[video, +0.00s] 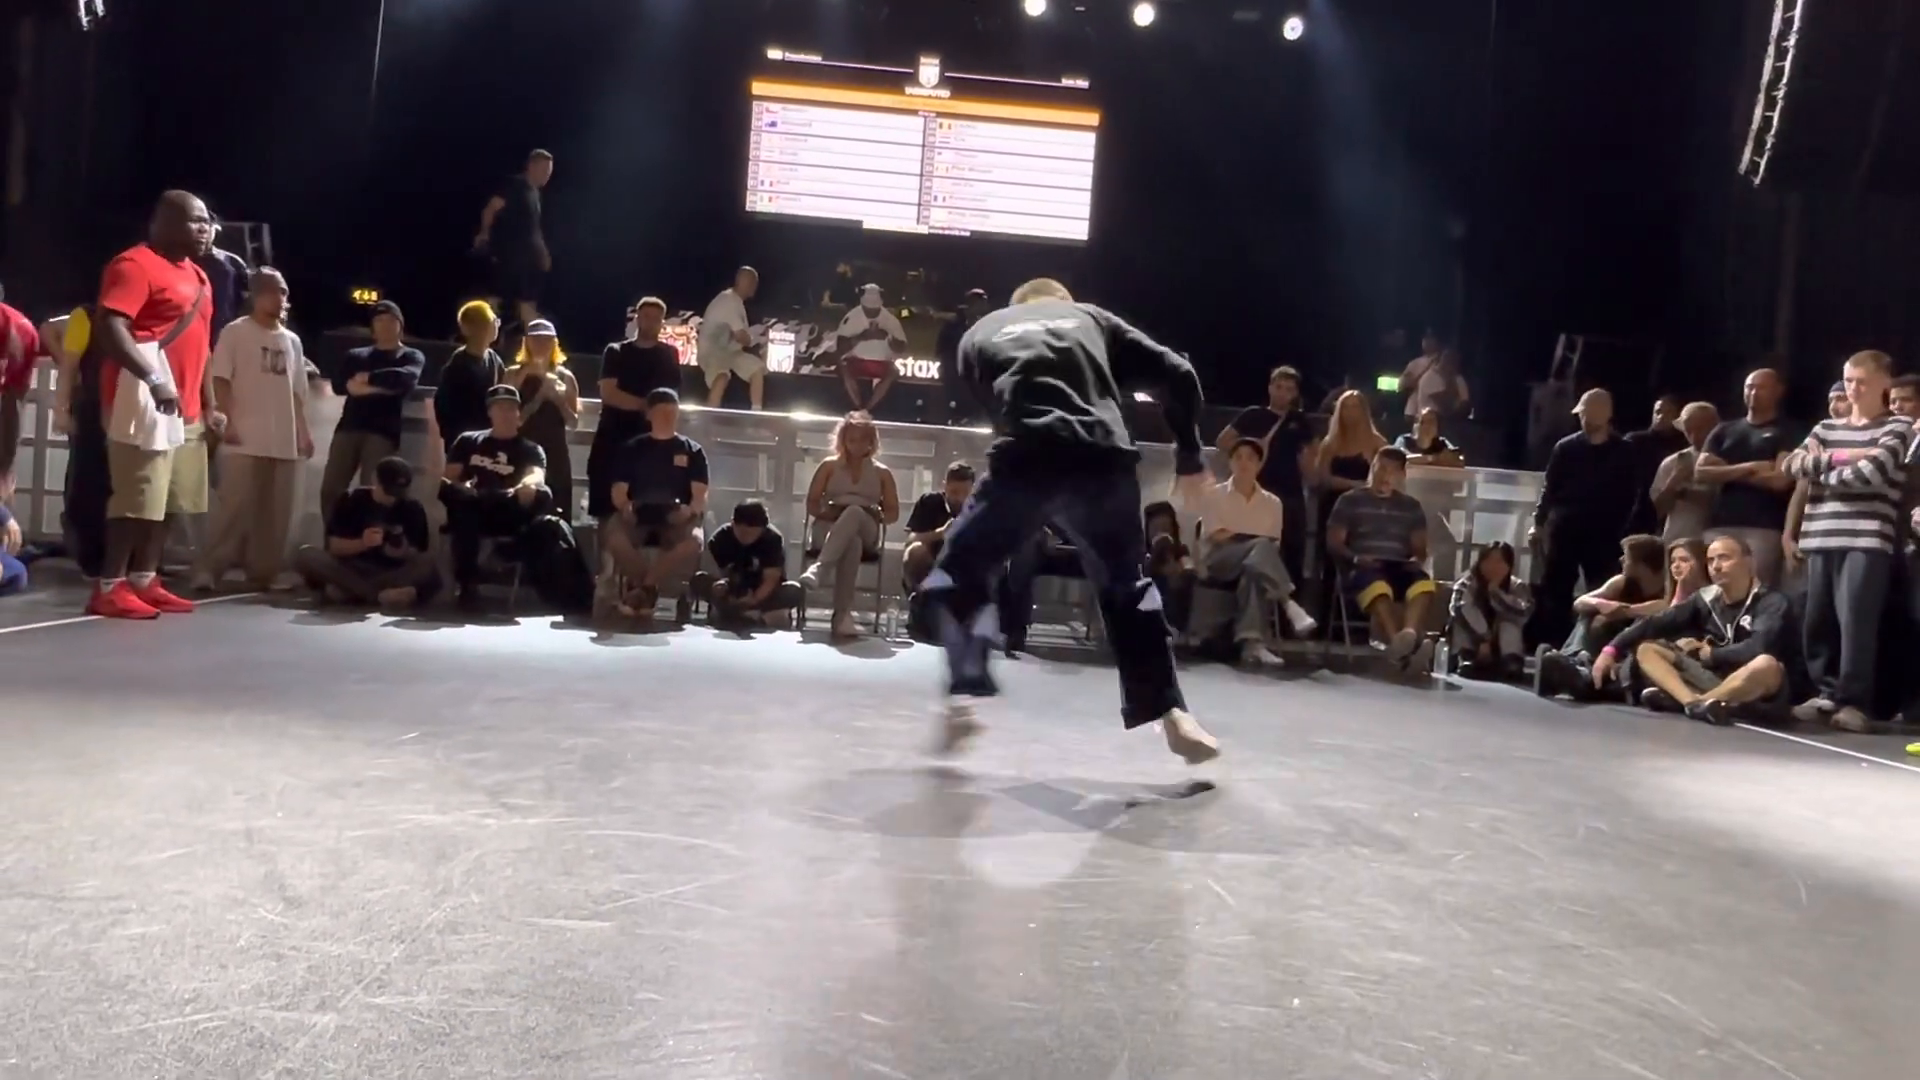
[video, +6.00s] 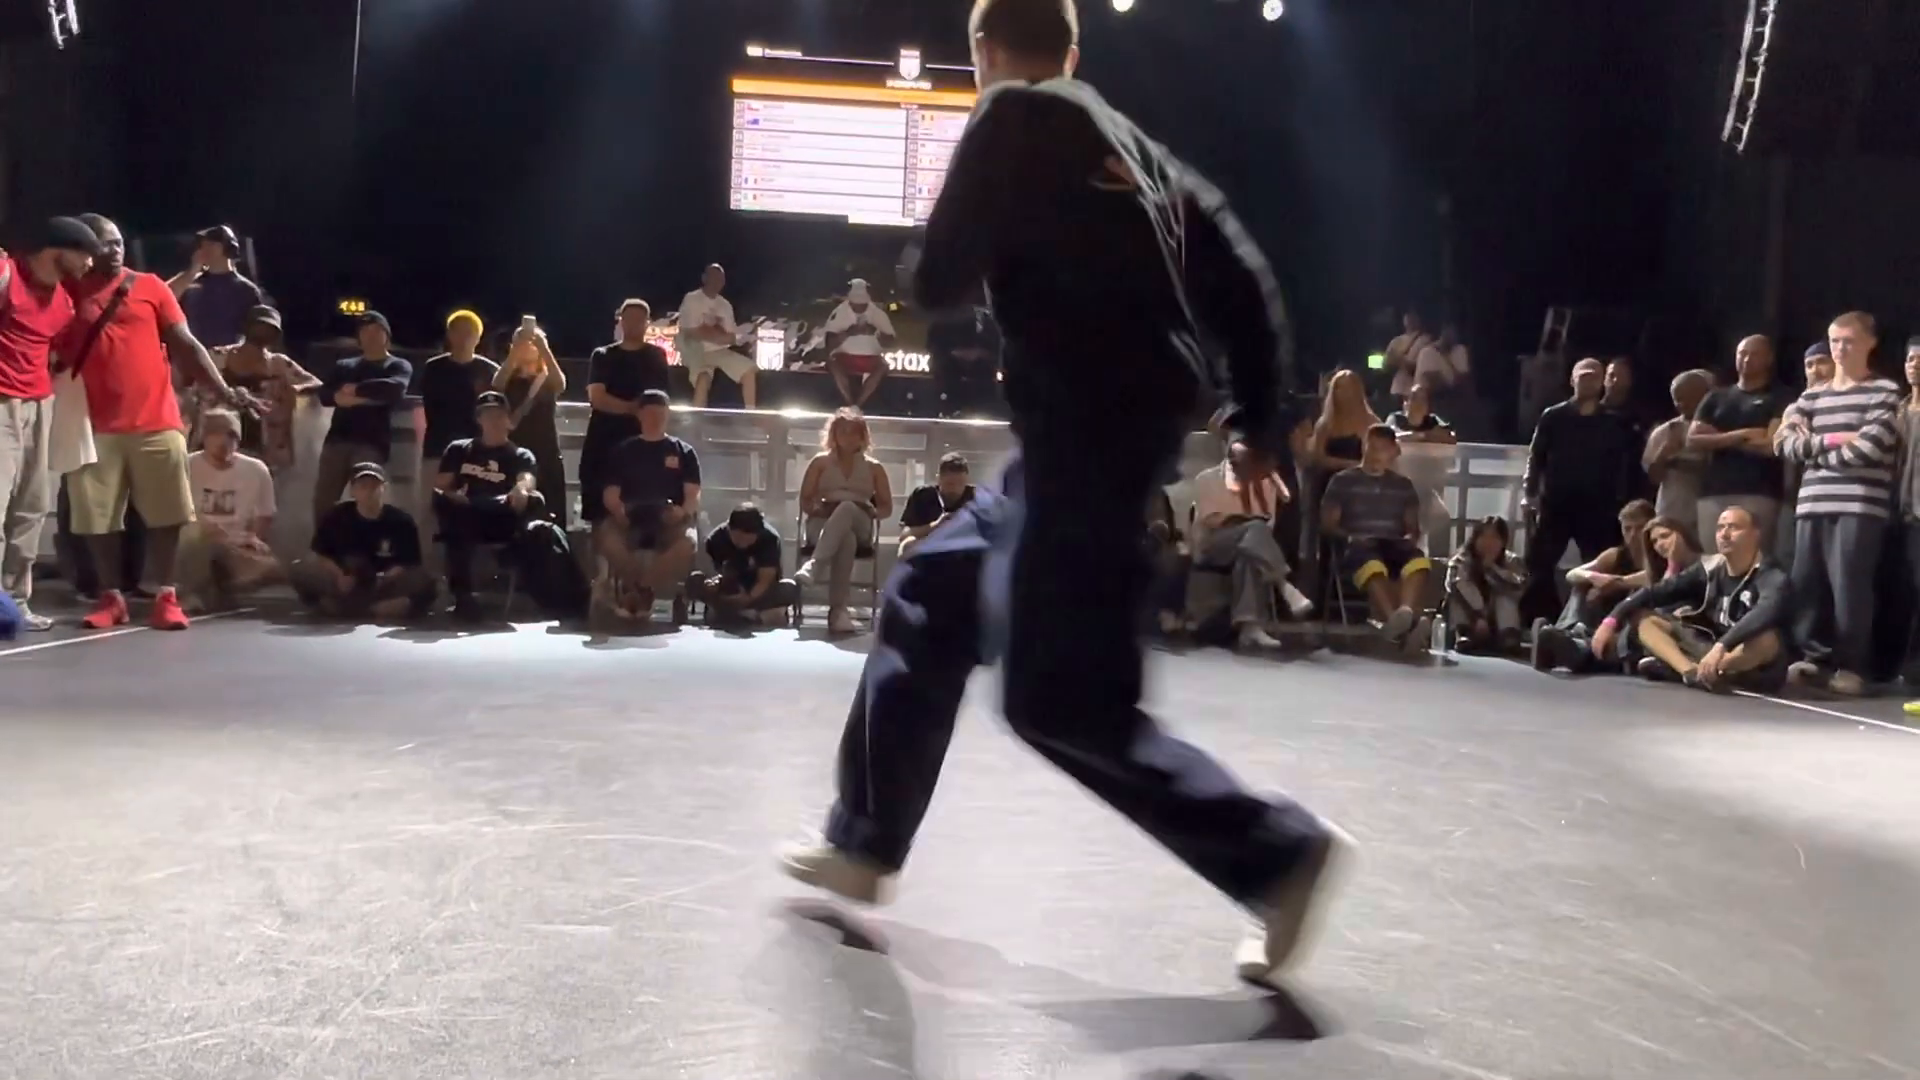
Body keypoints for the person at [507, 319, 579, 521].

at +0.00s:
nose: (541, 344)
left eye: (547, 339)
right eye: (535, 339)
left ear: (554, 344)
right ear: (527, 342)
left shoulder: (566, 377)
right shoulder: (513, 375)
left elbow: (574, 421)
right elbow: (511, 421)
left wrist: (557, 398)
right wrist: (539, 397)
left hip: (555, 448)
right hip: (522, 448)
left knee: (559, 509)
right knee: (521, 509)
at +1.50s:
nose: (562, 326)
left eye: (567, 321)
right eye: (556, 320)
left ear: (573, 324)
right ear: (545, 323)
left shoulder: (583, 358)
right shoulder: (531, 356)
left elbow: (589, 402)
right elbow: (529, 400)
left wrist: (573, 374)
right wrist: (553, 370)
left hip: (572, 431)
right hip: (540, 431)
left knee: (576, 492)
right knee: (538, 492)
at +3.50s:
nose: (558, 326)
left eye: (564, 320)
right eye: (553, 320)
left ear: (571, 323)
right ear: (544, 323)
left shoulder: (583, 355)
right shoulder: (532, 352)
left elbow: (588, 386)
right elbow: (526, 383)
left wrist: (577, 351)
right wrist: (545, 354)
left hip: (571, 424)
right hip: (540, 423)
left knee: (576, 481)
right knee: (539, 479)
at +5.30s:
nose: (538, 334)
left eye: (543, 329)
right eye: (532, 329)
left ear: (551, 336)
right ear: (523, 336)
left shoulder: (559, 367)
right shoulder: (511, 366)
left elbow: (567, 394)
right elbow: (504, 396)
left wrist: (556, 357)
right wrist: (524, 362)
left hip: (551, 440)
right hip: (520, 438)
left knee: (557, 499)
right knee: (519, 497)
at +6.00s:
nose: (528, 349)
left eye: (533, 345)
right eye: (523, 344)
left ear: (541, 350)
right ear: (513, 349)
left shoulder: (548, 379)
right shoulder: (507, 378)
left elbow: (559, 384)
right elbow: (497, 387)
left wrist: (544, 348)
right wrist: (515, 350)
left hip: (545, 447)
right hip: (514, 447)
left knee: (552, 509)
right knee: (514, 507)